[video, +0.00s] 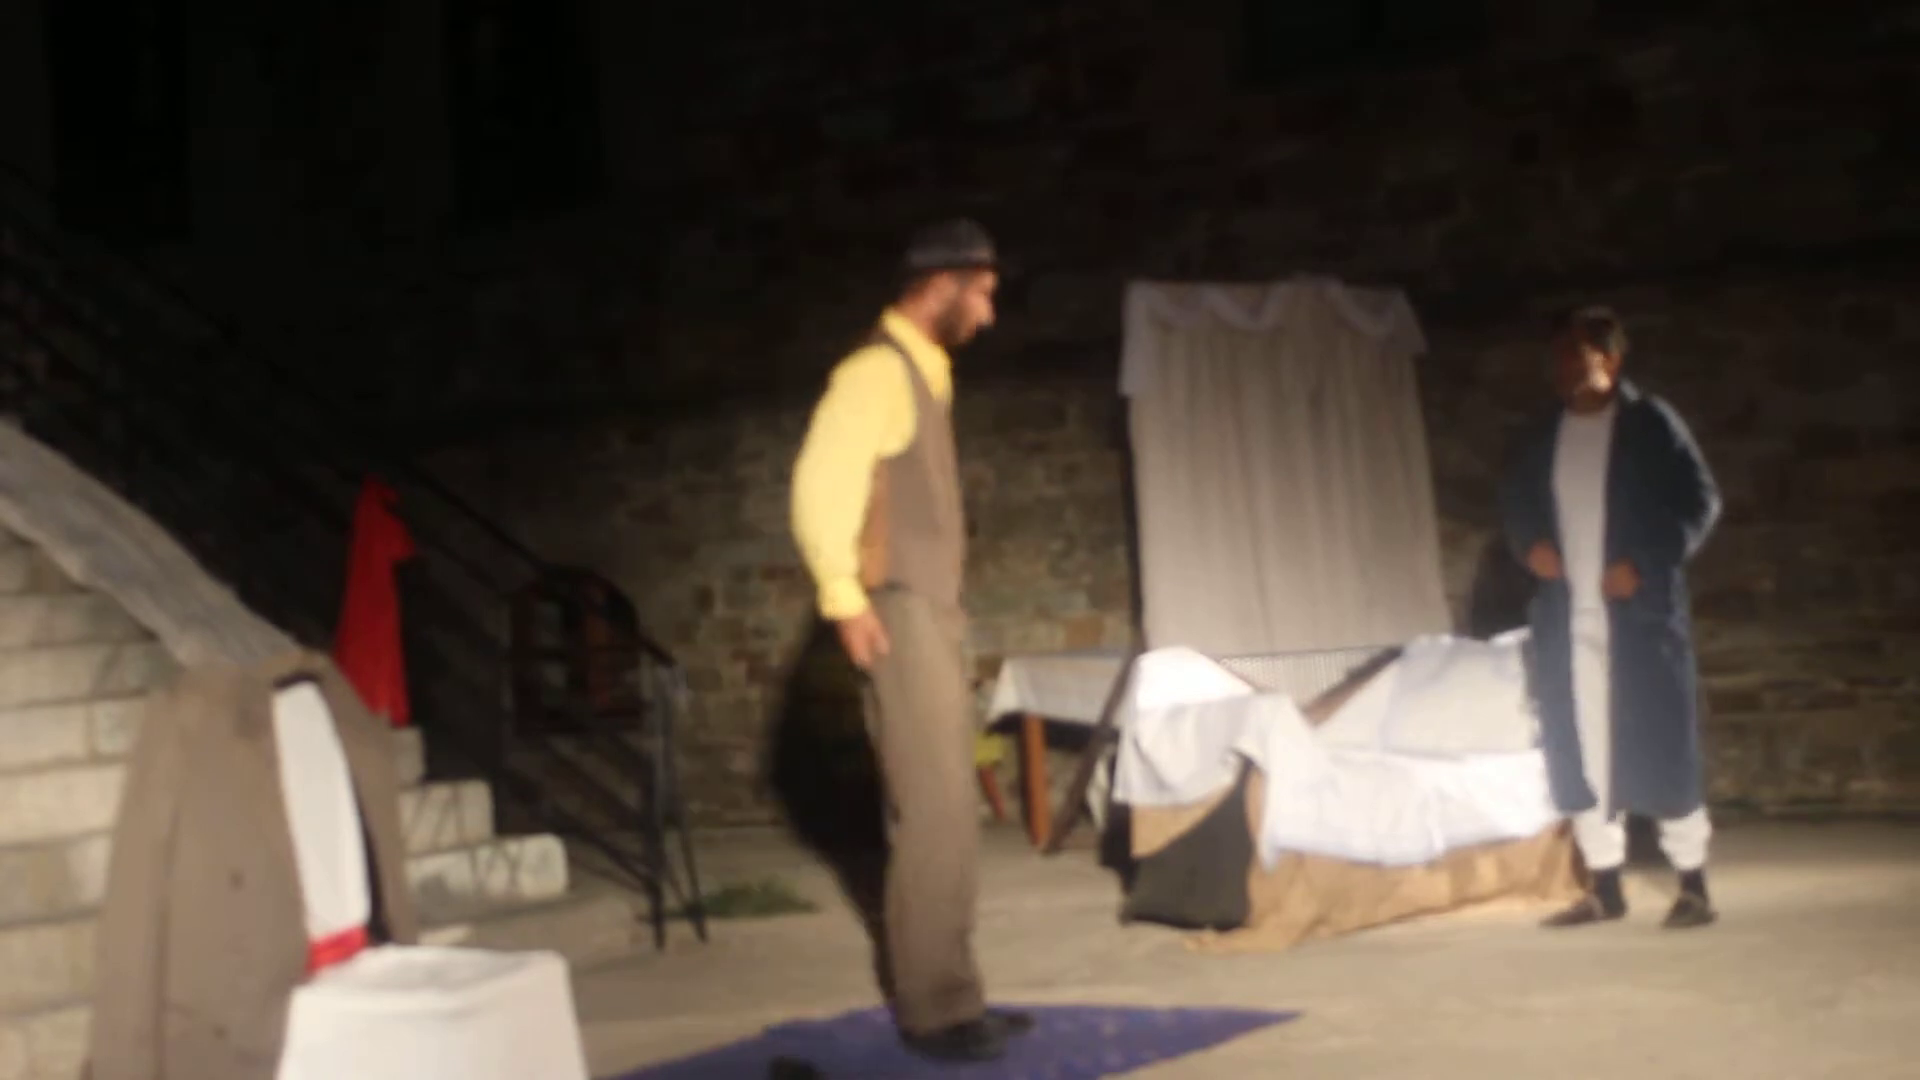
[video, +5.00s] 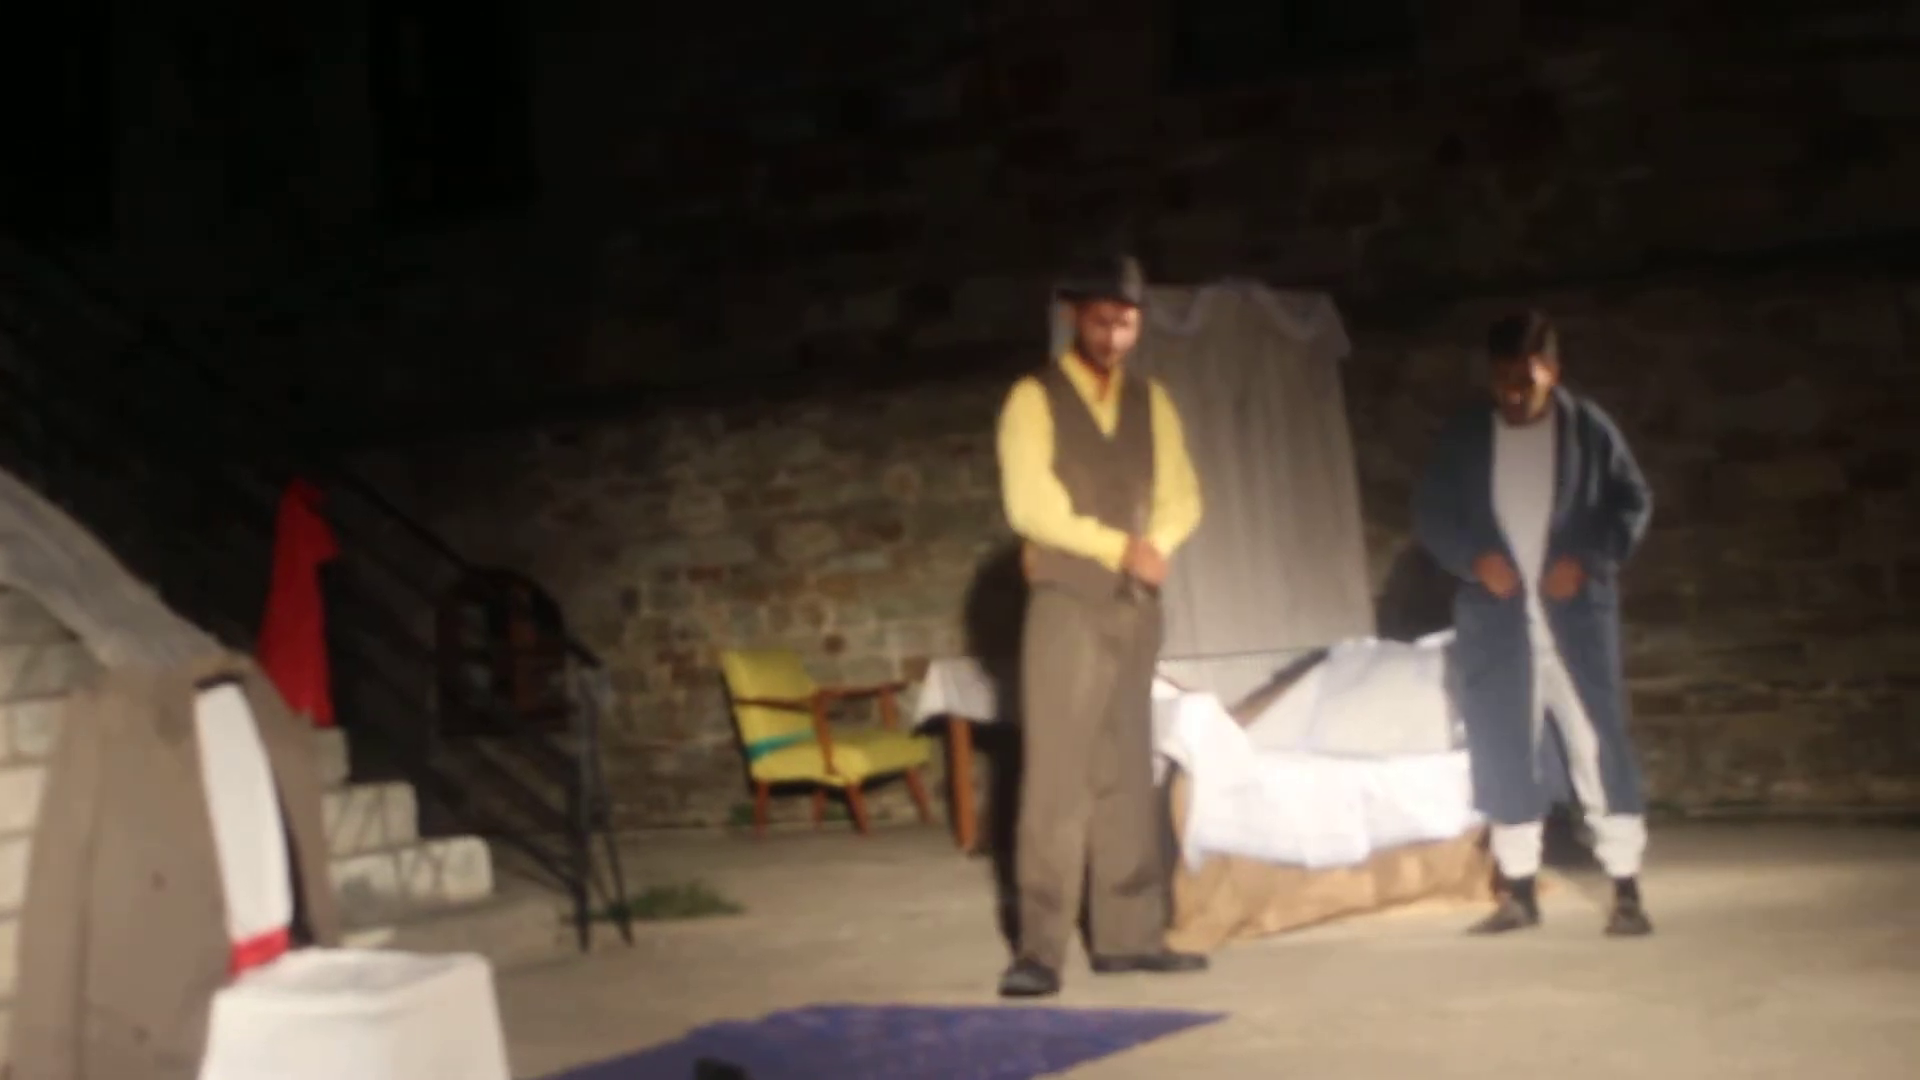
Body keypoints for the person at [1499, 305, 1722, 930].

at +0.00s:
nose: (1579, 369)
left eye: (1589, 357)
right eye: (1570, 358)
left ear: (1614, 359)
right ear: (1557, 364)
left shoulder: (1652, 422)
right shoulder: (1538, 435)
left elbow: (1699, 505)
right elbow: (1514, 500)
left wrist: (1644, 565)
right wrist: (1531, 543)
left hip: (1642, 619)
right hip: (1565, 620)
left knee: (1664, 742)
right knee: (1578, 746)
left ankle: (1693, 886)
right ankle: (1605, 889)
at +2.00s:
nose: (1576, 375)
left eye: (1586, 361)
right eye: (1566, 364)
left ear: (1613, 361)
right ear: (1554, 369)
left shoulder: (1652, 427)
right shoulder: (1540, 436)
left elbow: (1702, 507)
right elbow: (1519, 507)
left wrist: (1643, 569)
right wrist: (1535, 547)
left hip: (1641, 620)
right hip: (1564, 622)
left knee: (1659, 744)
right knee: (1578, 747)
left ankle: (1685, 887)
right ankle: (1604, 888)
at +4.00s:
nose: (1546, 381)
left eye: (1558, 368)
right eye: (1538, 369)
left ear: (1586, 367)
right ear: (1526, 372)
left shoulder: (1627, 424)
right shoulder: (1514, 438)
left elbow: (1684, 500)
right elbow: (1488, 505)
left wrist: (1636, 562)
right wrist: (1502, 549)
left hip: (1621, 624)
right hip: (1548, 627)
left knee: (1644, 742)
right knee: (1563, 749)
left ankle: (1677, 882)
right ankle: (1591, 886)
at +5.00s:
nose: (1514, 396)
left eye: (1526, 382)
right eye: (1505, 382)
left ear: (1552, 374)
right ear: (1489, 376)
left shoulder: (1588, 428)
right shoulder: (1463, 434)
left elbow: (1631, 502)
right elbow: (1431, 512)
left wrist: (1585, 560)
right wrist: (1476, 558)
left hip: (1575, 617)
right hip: (1494, 619)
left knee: (1596, 738)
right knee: (1501, 743)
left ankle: (1625, 888)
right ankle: (1518, 893)